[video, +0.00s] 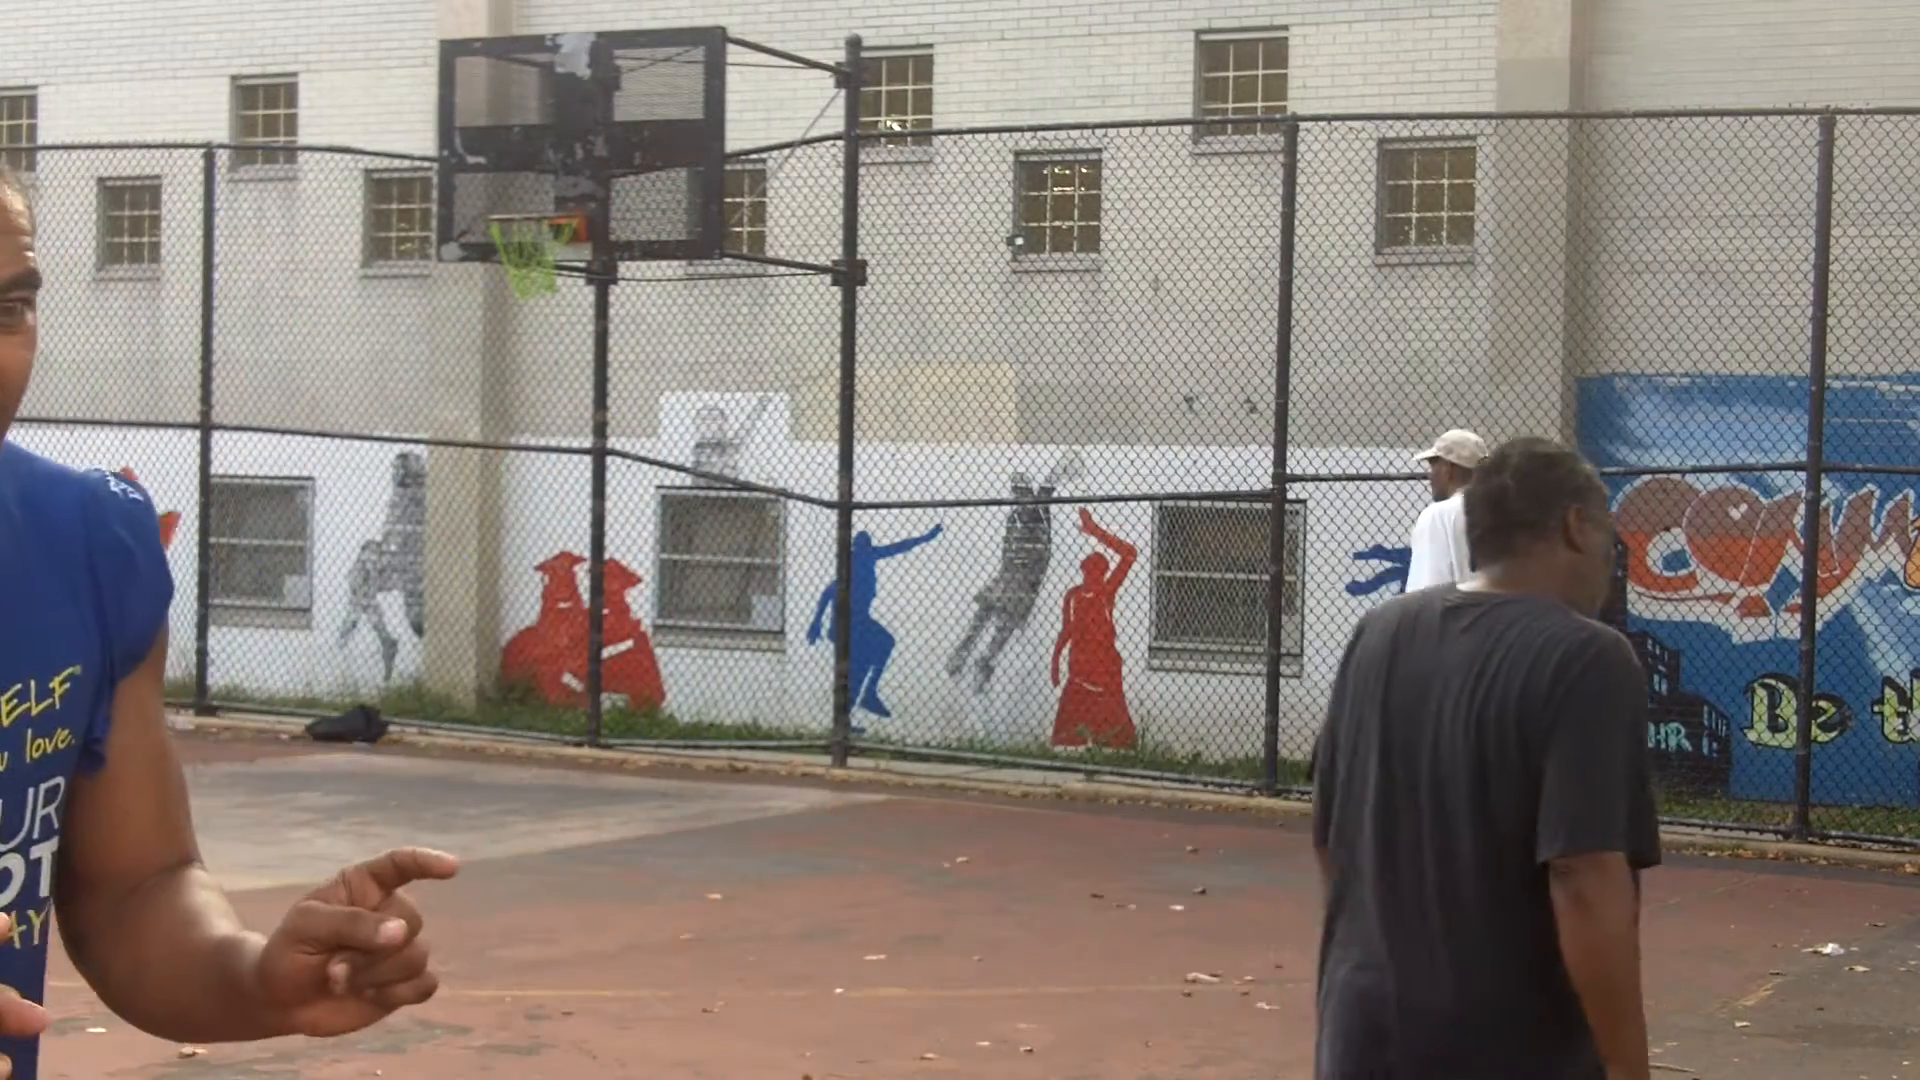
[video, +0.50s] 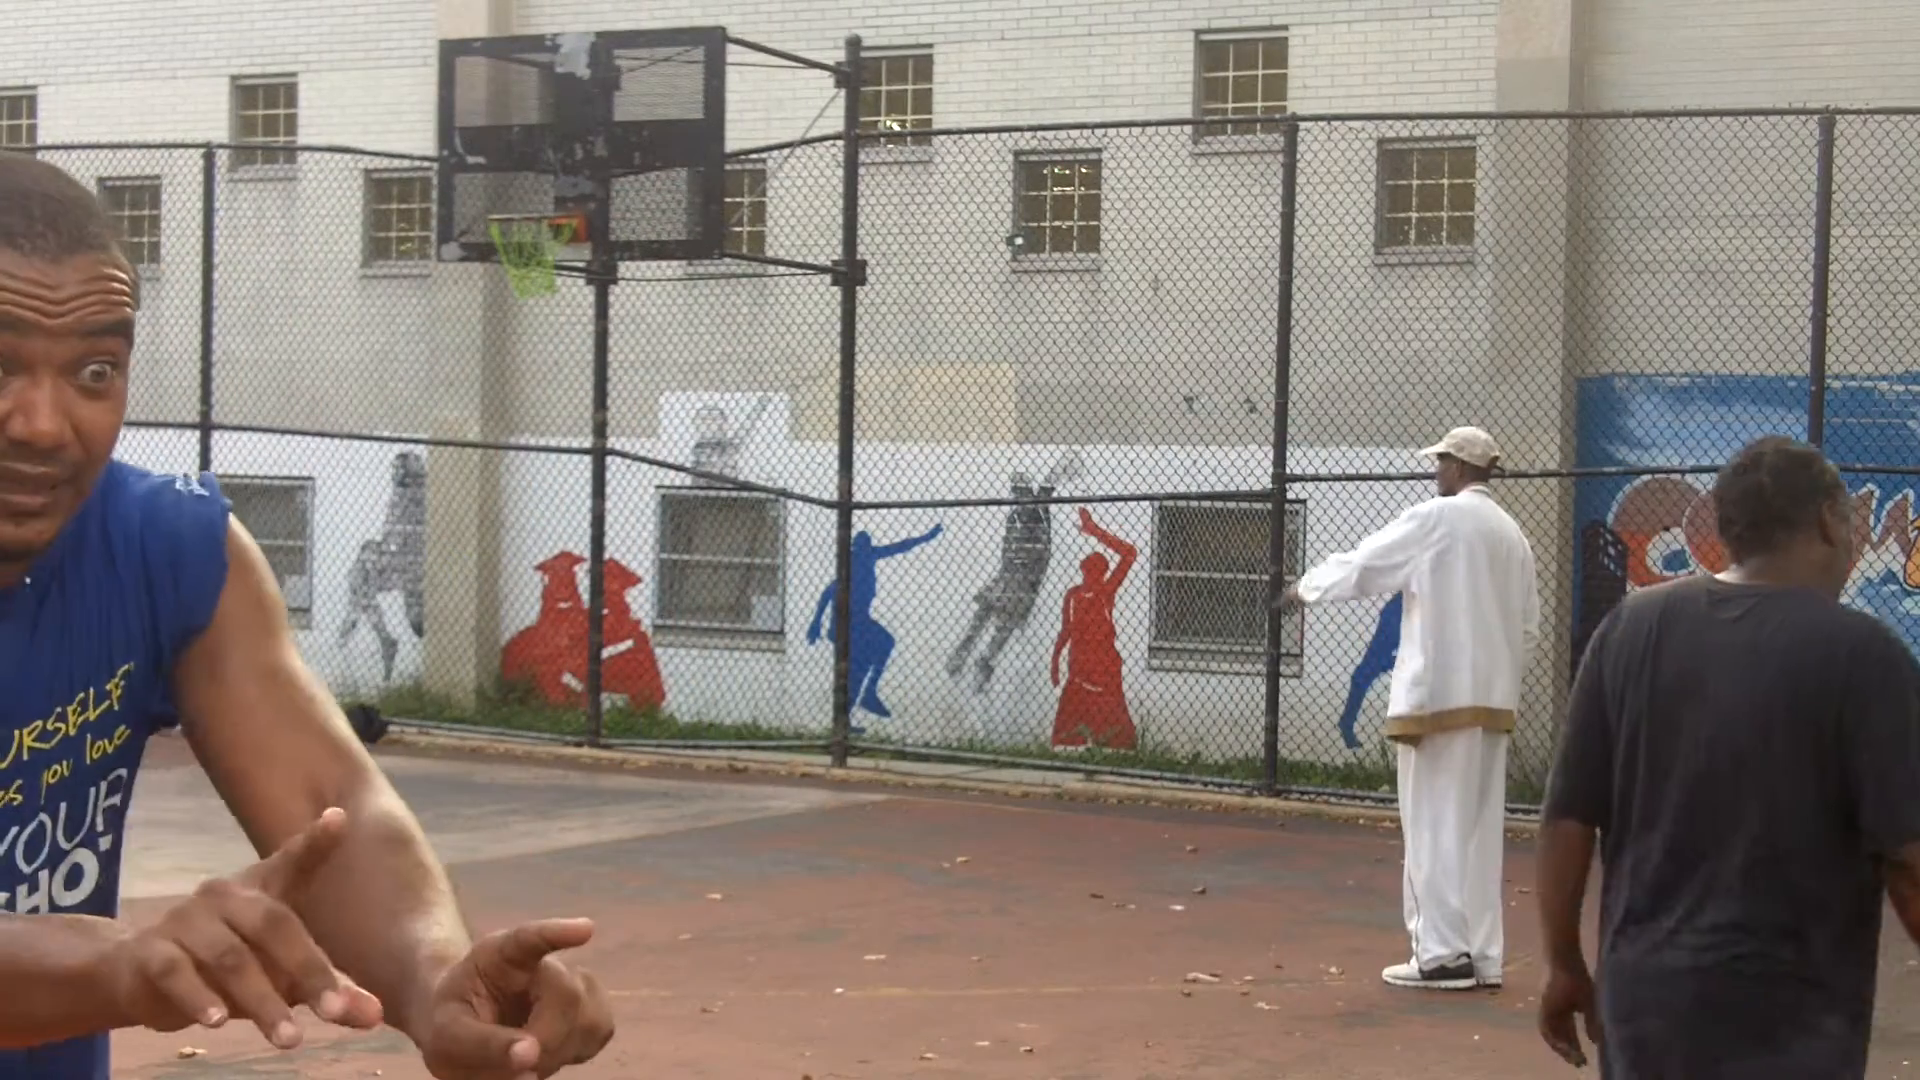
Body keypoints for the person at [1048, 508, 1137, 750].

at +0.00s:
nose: (1094, 575)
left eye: (1098, 570)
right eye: (1090, 569)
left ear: (1104, 572)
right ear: (1083, 569)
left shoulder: (1109, 590)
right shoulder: (1073, 594)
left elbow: (1129, 554)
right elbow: (1067, 629)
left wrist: (1095, 531)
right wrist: (1055, 658)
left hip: (1105, 657)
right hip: (1080, 657)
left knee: (1109, 703)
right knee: (1075, 703)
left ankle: (1116, 745)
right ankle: (1070, 745)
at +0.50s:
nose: (1093, 575)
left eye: (1098, 570)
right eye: (1089, 569)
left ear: (1104, 572)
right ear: (1083, 569)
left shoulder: (1108, 590)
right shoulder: (1073, 594)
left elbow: (1129, 554)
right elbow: (1066, 629)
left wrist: (1095, 531)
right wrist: (1055, 659)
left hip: (1105, 656)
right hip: (1079, 656)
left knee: (1108, 703)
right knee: (1075, 703)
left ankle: (1117, 746)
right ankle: (1069, 745)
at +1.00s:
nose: (1093, 574)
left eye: (1097, 569)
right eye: (1089, 569)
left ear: (1103, 572)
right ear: (1082, 569)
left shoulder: (1107, 589)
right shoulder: (1072, 593)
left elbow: (1128, 553)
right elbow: (1065, 629)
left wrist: (1094, 530)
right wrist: (1054, 658)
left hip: (1104, 657)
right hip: (1078, 657)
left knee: (1107, 704)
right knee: (1074, 704)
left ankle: (1116, 746)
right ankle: (1067, 745)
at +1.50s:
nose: (1096, 575)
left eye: (1101, 570)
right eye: (1093, 569)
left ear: (1106, 572)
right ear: (1086, 569)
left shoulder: (1112, 589)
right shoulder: (1076, 593)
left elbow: (1132, 553)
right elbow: (1069, 629)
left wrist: (1098, 531)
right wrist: (1058, 658)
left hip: (1108, 656)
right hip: (1083, 656)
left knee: (1111, 703)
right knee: (1078, 702)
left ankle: (1120, 745)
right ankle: (1071, 745)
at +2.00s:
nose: (1097, 575)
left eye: (1101, 570)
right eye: (1093, 569)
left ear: (1107, 572)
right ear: (1086, 569)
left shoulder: (1112, 589)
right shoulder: (1076, 593)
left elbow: (1132, 554)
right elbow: (1069, 629)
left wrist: (1098, 531)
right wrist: (1058, 660)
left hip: (1108, 657)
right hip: (1082, 657)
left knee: (1111, 704)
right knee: (1078, 704)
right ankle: (1071, 745)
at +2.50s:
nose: (1097, 575)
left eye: (1101, 570)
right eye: (1093, 569)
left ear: (1107, 572)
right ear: (1086, 569)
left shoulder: (1112, 589)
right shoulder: (1076, 593)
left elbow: (1132, 554)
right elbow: (1069, 628)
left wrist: (1098, 531)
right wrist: (1058, 659)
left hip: (1108, 657)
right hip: (1082, 657)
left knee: (1111, 705)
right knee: (1078, 705)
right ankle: (1070, 746)